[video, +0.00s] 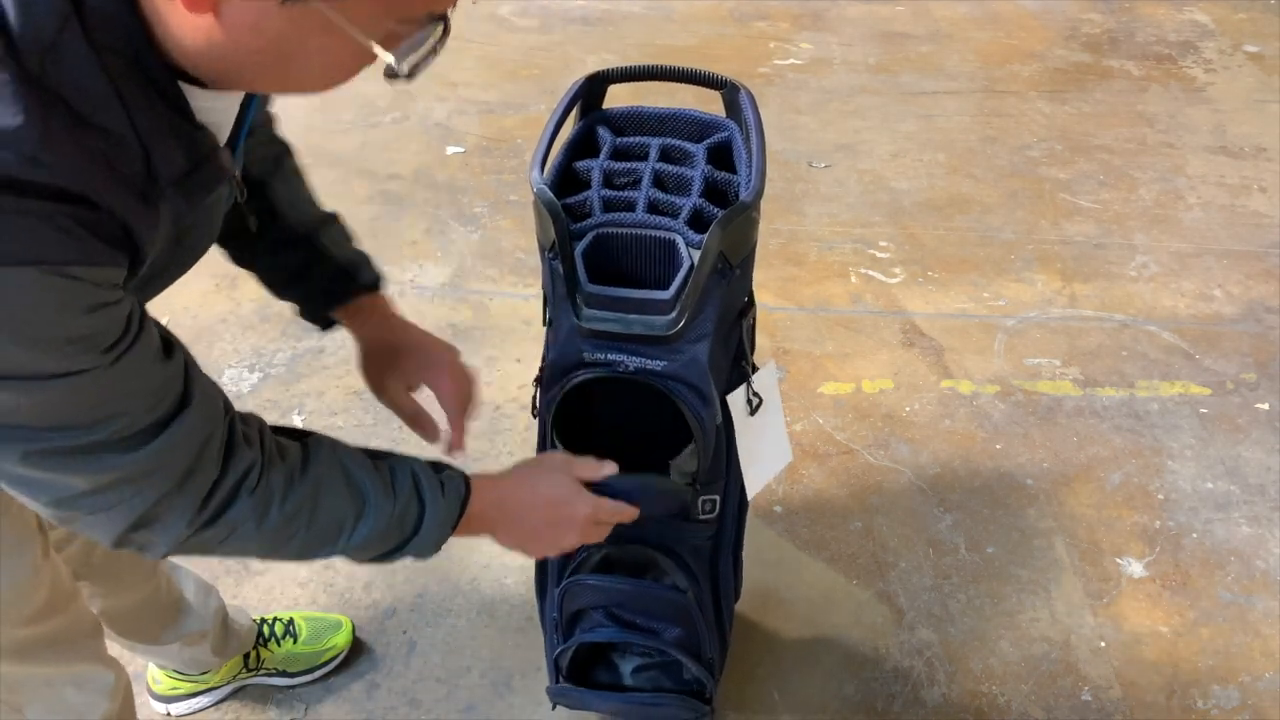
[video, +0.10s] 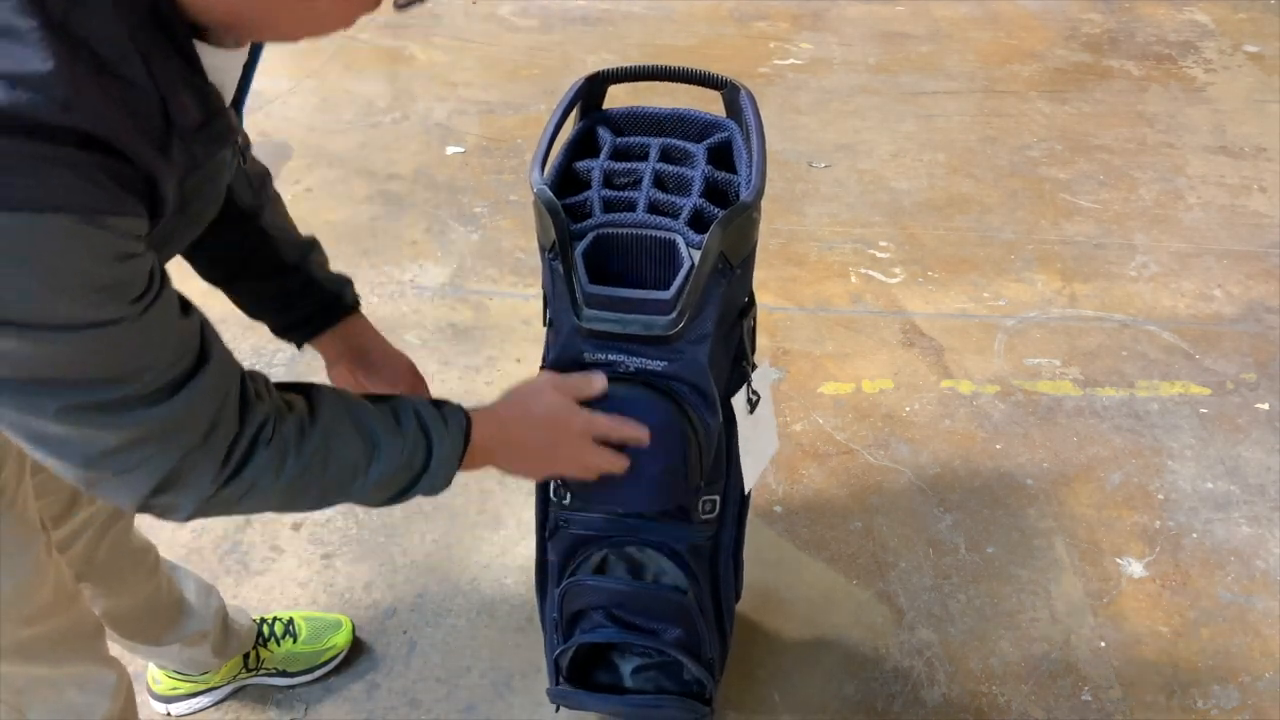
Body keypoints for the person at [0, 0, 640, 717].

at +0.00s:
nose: (383, 63)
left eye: (398, 41)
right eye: (386, 41)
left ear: (206, 2)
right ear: (211, 3)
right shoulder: (25, 257)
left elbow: (226, 145)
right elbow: (191, 485)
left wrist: (369, 316)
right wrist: (480, 506)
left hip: (45, 363)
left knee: (94, 520)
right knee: (38, 620)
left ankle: (198, 653)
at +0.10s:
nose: (379, 7)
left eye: (380, 1)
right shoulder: (33, 182)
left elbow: (193, 162)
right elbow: (202, 452)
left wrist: (337, 329)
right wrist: (482, 436)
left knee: (78, 512)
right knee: (45, 641)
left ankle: (197, 653)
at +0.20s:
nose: (341, 6)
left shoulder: (196, 16)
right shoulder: (47, 131)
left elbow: (235, 193)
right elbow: (228, 448)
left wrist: (392, 370)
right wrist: (515, 458)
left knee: (76, 505)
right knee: (35, 625)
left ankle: (198, 654)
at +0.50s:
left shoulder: (158, 27)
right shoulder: (80, 77)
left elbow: (259, 220)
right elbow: (259, 420)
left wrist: (419, 393)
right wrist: (530, 493)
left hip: (5, 364)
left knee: (85, 523)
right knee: (36, 653)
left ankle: (200, 653)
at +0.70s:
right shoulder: (52, 50)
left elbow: (227, 72)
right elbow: (189, 367)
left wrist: (443, 71)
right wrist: (452, 387)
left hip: (3, 377)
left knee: (71, 534)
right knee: (31, 673)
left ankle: (199, 651)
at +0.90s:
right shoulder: (43, 40)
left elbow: (260, 12)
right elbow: (164, 330)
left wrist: (459, 69)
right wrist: (447, 387)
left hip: (13, 324)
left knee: (88, 507)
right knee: (30, 650)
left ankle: (199, 652)